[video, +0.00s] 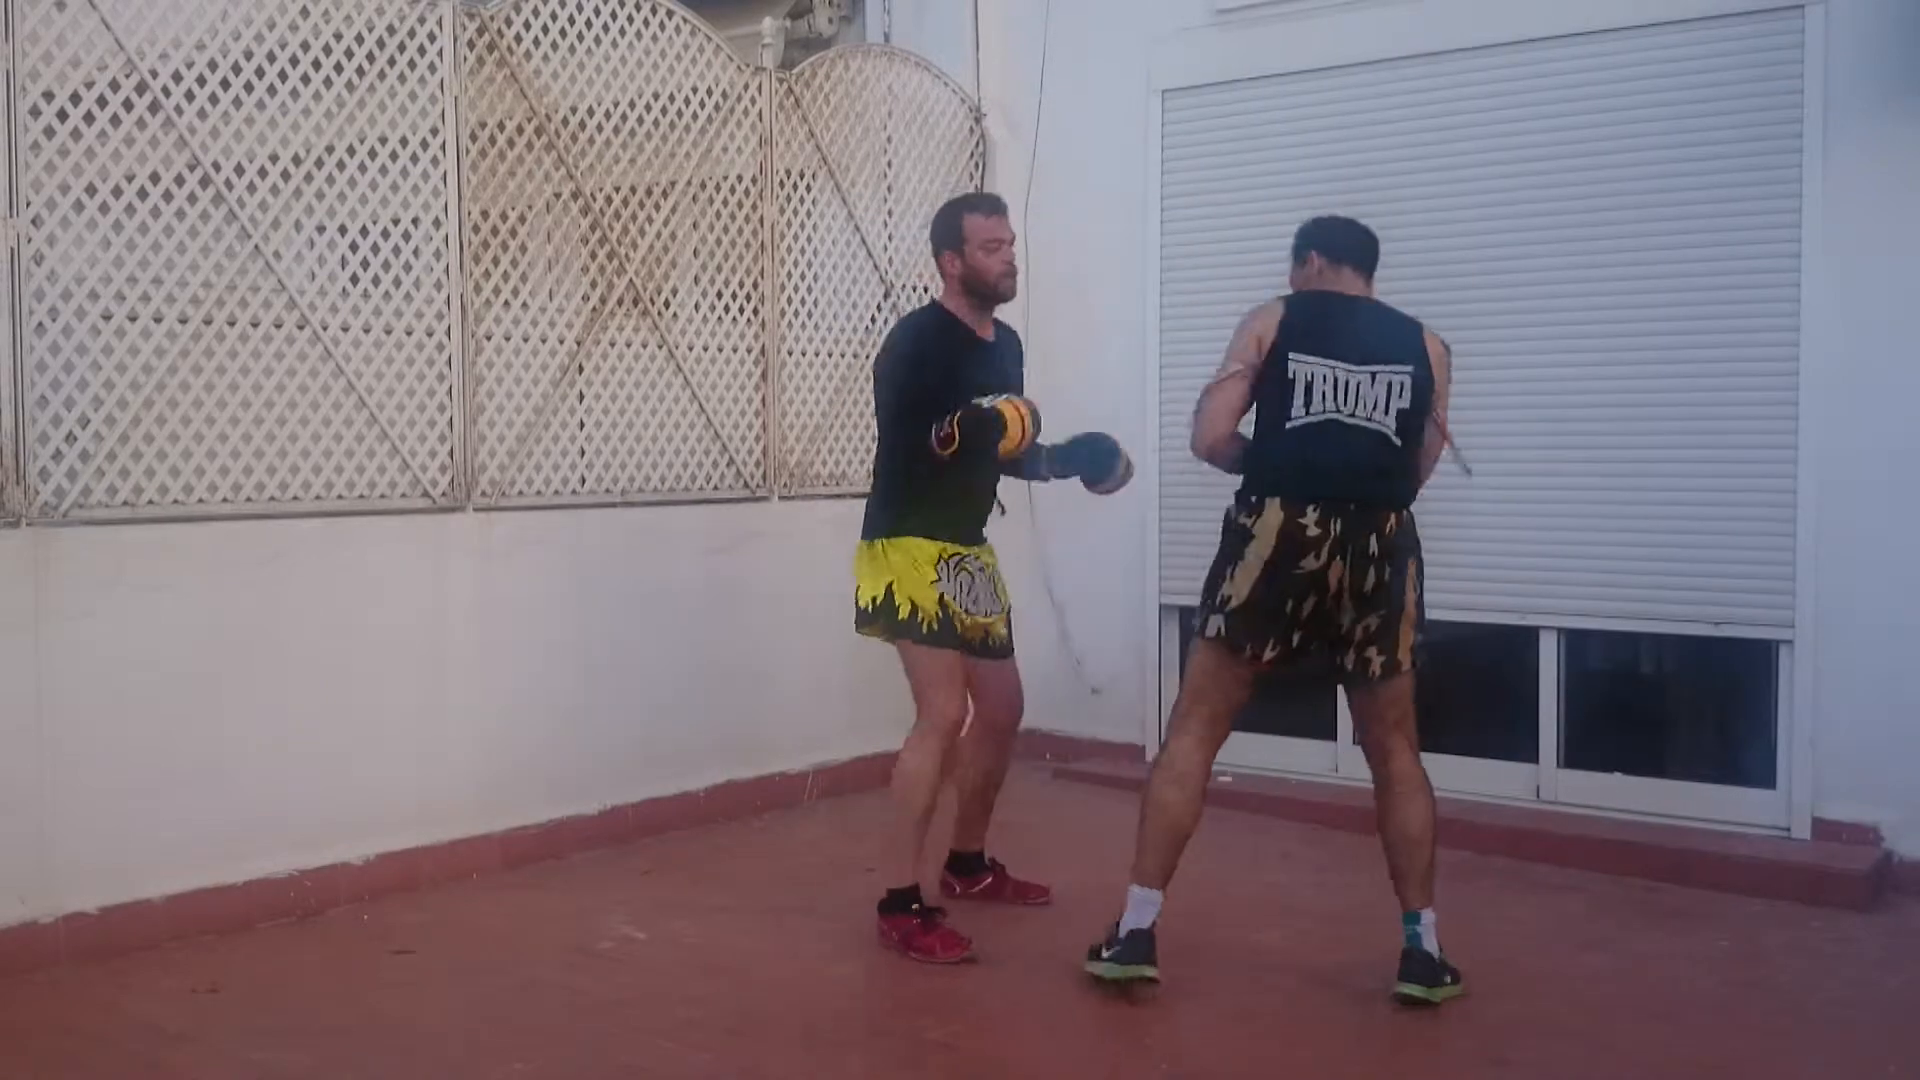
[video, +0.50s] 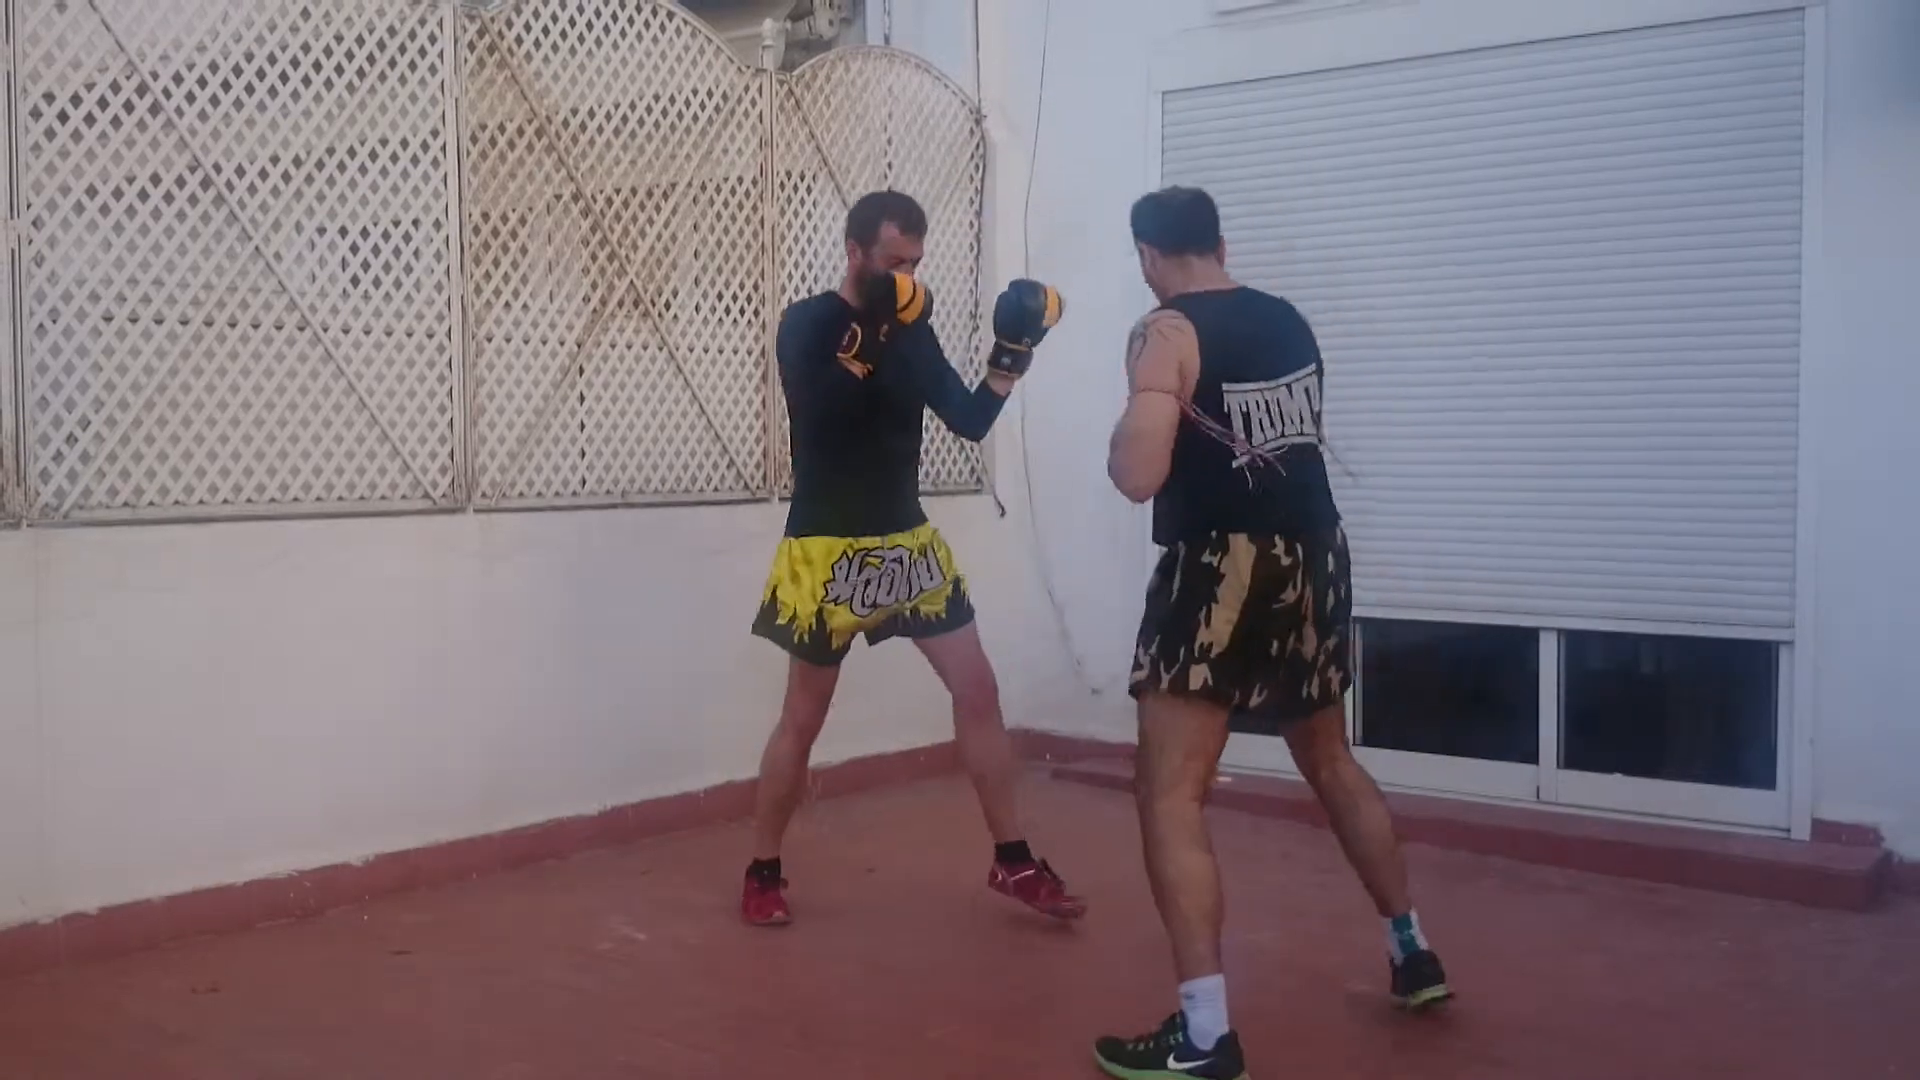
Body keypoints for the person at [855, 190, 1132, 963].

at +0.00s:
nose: (1009, 258)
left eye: (1011, 246)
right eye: (992, 248)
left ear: (1008, 254)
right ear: (949, 261)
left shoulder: (1004, 345)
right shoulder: (914, 340)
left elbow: (1000, 449)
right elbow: (908, 447)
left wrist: (1072, 457)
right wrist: (983, 422)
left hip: (966, 549)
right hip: (906, 547)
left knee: (1000, 710)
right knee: (942, 712)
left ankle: (965, 864)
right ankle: (907, 901)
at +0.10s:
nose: (994, 269)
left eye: (999, 256)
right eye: (981, 255)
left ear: (996, 259)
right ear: (935, 257)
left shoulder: (987, 348)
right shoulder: (893, 334)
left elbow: (1035, 436)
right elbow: (893, 439)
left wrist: (1091, 398)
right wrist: (952, 396)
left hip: (959, 542)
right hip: (894, 540)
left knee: (991, 705)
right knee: (909, 709)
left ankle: (967, 864)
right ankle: (823, 860)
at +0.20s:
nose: (966, 273)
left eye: (974, 263)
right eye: (958, 258)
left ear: (971, 263)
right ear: (915, 247)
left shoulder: (957, 328)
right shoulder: (862, 314)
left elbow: (1026, 400)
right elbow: (879, 406)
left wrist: (1072, 343)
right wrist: (944, 327)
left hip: (946, 533)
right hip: (871, 535)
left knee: (979, 698)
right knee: (855, 709)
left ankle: (969, 858)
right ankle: (777, 854)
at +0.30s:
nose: (933, 273)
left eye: (943, 261)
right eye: (924, 257)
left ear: (942, 267)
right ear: (883, 252)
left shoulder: (933, 334)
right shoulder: (833, 316)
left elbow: (1013, 393)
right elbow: (838, 399)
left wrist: (1049, 325)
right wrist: (893, 316)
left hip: (918, 542)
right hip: (837, 546)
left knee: (1013, 675)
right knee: (811, 723)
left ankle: (990, 836)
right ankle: (765, 869)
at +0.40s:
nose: (914, 272)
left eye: (923, 263)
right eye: (903, 258)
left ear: (927, 268)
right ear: (862, 253)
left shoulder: (916, 335)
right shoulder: (818, 321)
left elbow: (992, 408)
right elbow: (818, 405)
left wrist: (1024, 338)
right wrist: (880, 330)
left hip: (905, 542)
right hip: (826, 547)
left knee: (1004, 668)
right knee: (809, 723)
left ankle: (1015, 837)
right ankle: (765, 870)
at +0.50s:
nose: (903, 274)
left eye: (913, 264)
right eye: (892, 261)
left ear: (920, 261)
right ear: (853, 252)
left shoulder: (911, 330)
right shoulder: (806, 322)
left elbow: (970, 418)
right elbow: (815, 408)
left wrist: (1011, 350)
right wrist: (877, 324)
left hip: (907, 537)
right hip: (825, 544)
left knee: (976, 686)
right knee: (802, 718)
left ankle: (1013, 857)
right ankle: (764, 869)